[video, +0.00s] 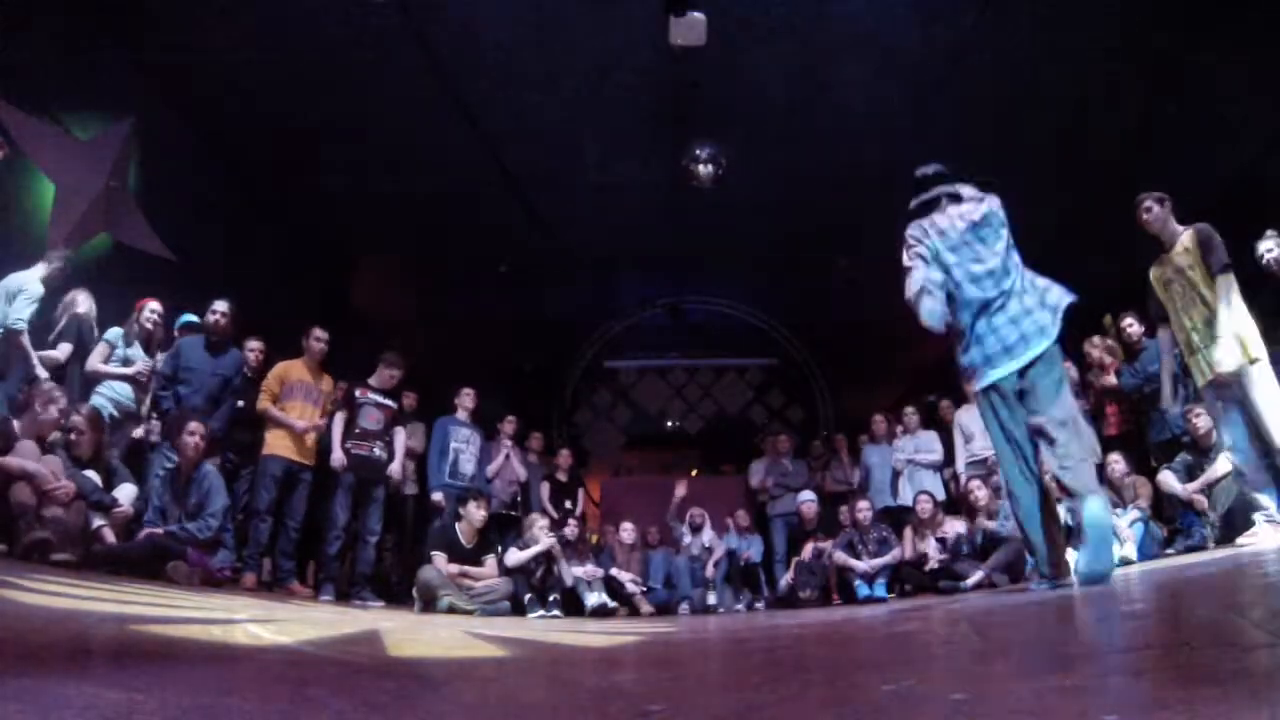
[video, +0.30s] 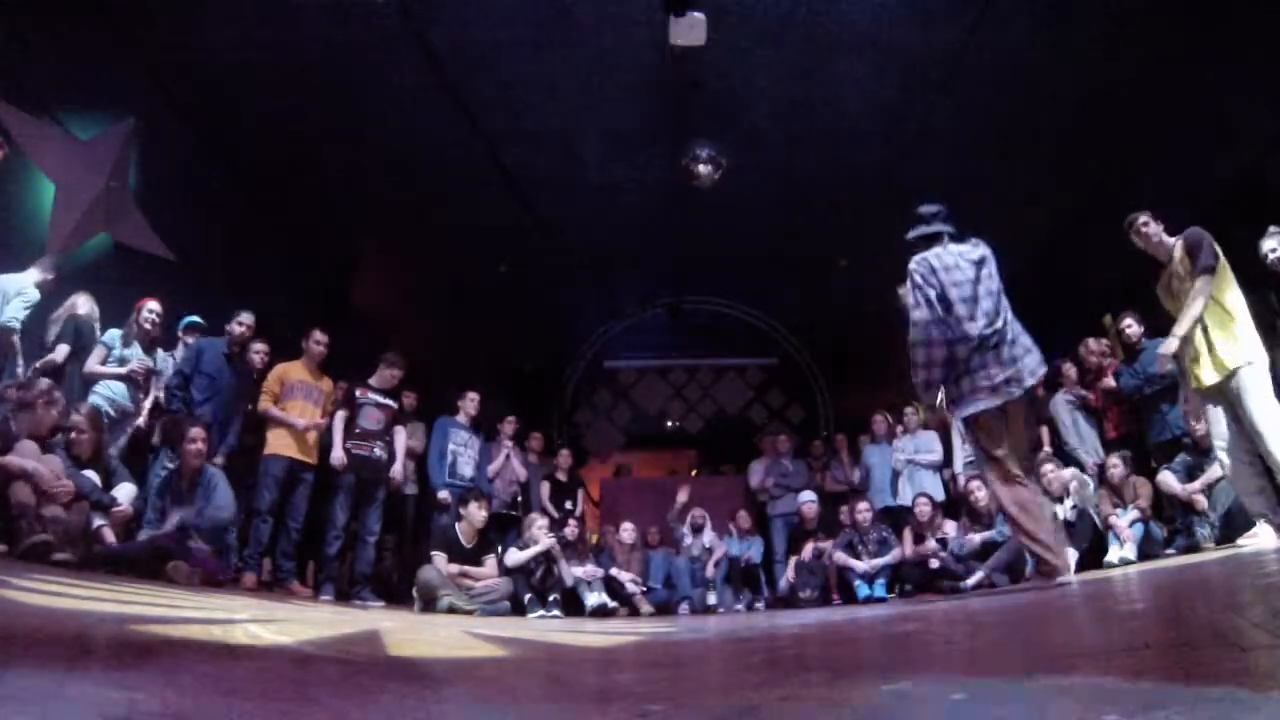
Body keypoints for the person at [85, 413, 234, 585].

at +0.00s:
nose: (196, 441)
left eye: (201, 438)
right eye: (190, 434)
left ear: (205, 446)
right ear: (176, 440)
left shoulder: (211, 477)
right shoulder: (165, 477)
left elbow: (209, 529)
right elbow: (152, 519)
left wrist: (165, 532)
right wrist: (151, 533)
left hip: (210, 553)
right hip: (174, 545)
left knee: (154, 543)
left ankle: (92, 555)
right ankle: (182, 575)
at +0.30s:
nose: (199, 448)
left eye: (203, 442)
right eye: (192, 442)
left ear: (208, 447)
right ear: (180, 448)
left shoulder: (214, 478)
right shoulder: (165, 481)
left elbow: (224, 515)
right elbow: (152, 522)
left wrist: (182, 520)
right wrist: (144, 541)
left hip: (211, 555)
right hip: (171, 547)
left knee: (164, 543)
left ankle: (99, 556)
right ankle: (182, 575)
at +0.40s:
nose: (202, 441)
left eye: (206, 437)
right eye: (197, 435)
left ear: (212, 444)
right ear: (185, 439)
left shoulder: (219, 470)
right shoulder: (169, 471)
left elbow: (242, 492)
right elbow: (154, 519)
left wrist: (208, 467)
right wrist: (141, 544)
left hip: (213, 551)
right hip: (173, 545)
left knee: (162, 544)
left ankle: (94, 556)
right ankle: (185, 576)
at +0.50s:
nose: (205, 440)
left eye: (210, 435)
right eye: (199, 433)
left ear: (214, 441)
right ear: (183, 436)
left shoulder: (217, 469)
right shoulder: (165, 471)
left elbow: (244, 482)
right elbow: (154, 519)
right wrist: (139, 546)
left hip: (214, 557)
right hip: (175, 546)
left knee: (159, 541)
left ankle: (96, 555)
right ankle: (185, 576)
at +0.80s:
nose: (198, 450)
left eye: (201, 444)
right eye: (191, 445)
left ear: (206, 448)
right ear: (178, 451)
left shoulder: (214, 476)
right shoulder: (171, 478)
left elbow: (242, 496)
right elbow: (154, 517)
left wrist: (225, 540)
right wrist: (143, 544)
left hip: (212, 553)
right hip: (176, 547)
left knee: (159, 546)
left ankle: (102, 555)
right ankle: (184, 575)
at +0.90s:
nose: (199, 449)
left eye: (202, 443)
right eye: (191, 444)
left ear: (206, 446)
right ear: (177, 450)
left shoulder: (214, 474)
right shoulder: (169, 478)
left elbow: (247, 495)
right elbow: (154, 518)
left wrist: (221, 527)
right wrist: (145, 543)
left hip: (211, 551)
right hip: (175, 546)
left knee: (160, 545)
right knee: (152, 557)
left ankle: (102, 555)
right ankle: (184, 575)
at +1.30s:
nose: (203, 444)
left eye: (207, 440)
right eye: (197, 438)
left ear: (211, 446)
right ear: (182, 443)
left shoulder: (215, 473)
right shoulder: (171, 478)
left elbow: (244, 489)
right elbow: (154, 518)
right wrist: (141, 545)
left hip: (210, 551)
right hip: (174, 543)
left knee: (161, 544)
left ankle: (99, 553)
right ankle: (183, 575)